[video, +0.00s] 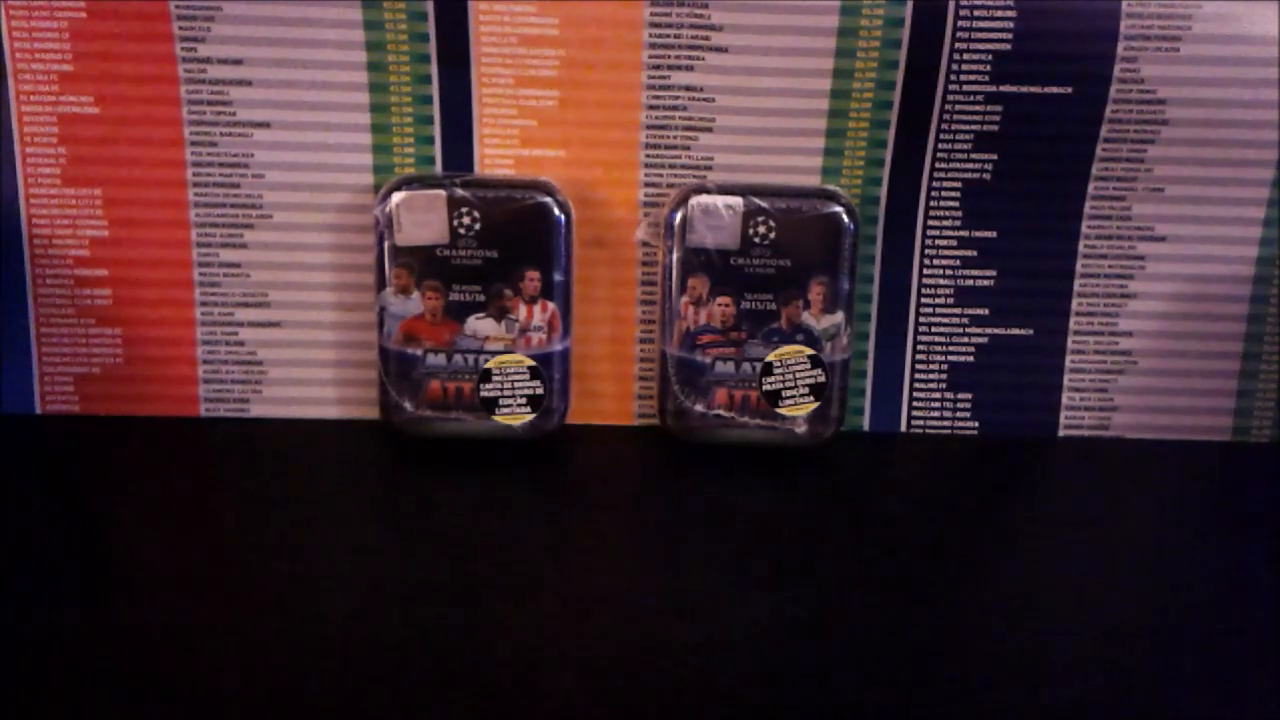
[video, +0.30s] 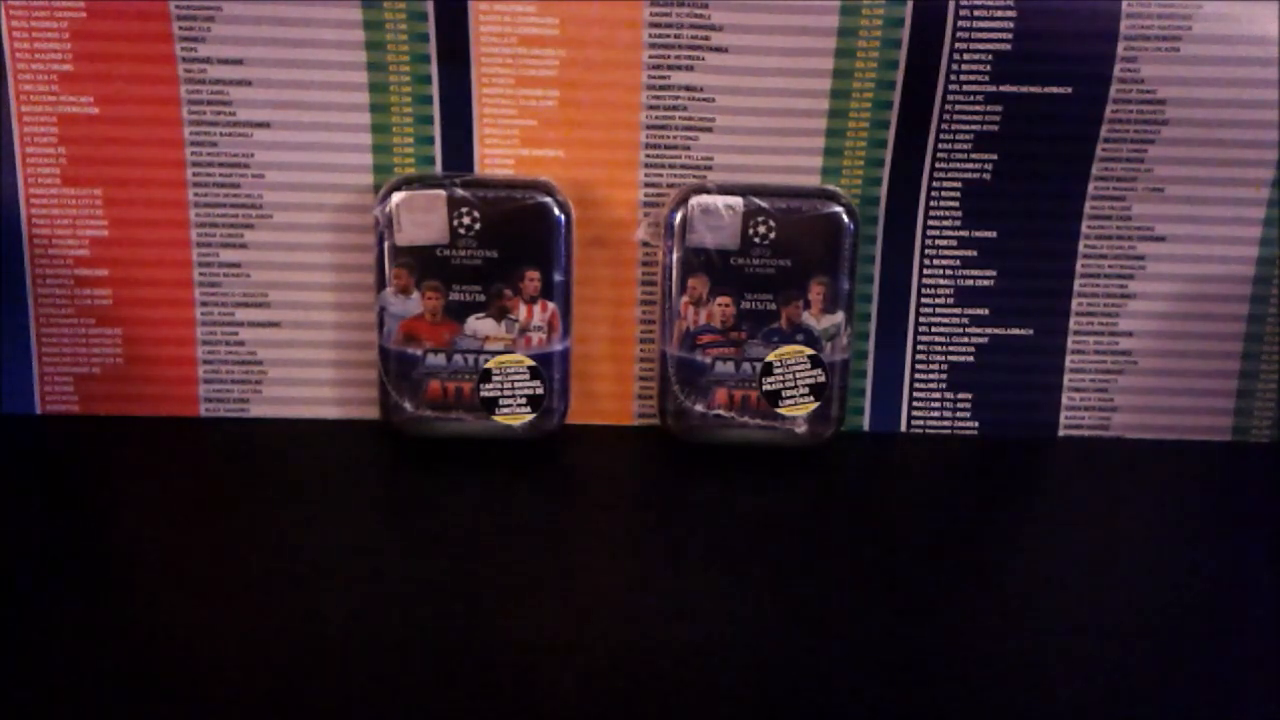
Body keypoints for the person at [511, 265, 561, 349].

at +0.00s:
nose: (536, 285)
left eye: (538, 281)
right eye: (531, 280)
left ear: (541, 283)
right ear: (521, 284)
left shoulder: (550, 308)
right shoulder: (512, 305)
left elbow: (556, 336)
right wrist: (520, 328)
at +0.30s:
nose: (536, 285)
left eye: (538, 281)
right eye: (531, 280)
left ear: (541, 283)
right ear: (521, 284)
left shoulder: (551, 308)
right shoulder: (512, 306)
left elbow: (556, 336)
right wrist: (520, 329)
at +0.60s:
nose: (536, 285)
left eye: (539, 281)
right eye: (531, 280)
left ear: (541, 283)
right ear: (521, 284)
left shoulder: (550, 308)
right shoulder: (512, 305)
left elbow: (556, 335)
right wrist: (520, 328)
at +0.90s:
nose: (536, 285)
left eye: (539, 281)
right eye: (531, 280)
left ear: (541, 283)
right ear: (521, 284)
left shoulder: (551, 308)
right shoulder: (512, 305)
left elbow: (556, 336)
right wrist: (520, 328)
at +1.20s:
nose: (536, 285)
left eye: (539, 281)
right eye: (531, 280)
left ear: (541, 283)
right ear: (521, 284)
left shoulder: (550, 308)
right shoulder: (512, 305)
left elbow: (556, 334)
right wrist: (520, 328)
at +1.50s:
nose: (536, 285)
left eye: (539, 281)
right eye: (531, 280)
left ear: (541, 283)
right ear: (521, 284)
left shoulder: (550, 308)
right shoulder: (512, 306)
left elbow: (556, 337)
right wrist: (520, 329)